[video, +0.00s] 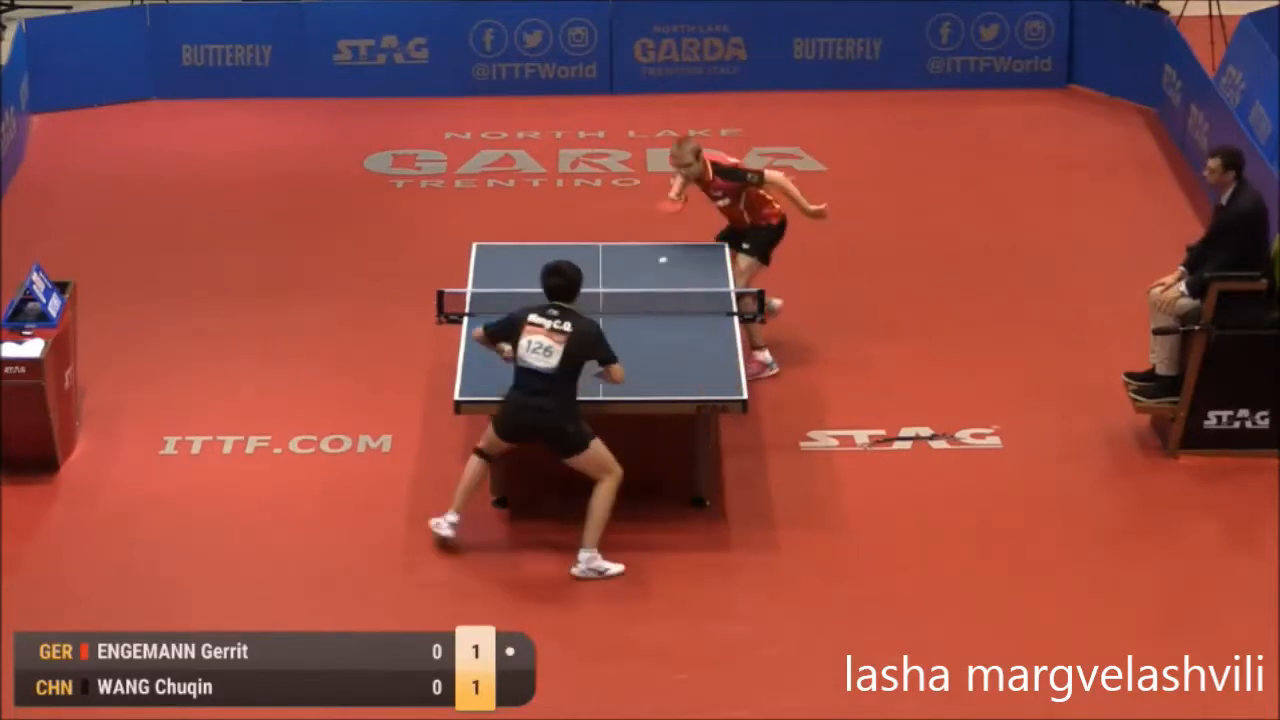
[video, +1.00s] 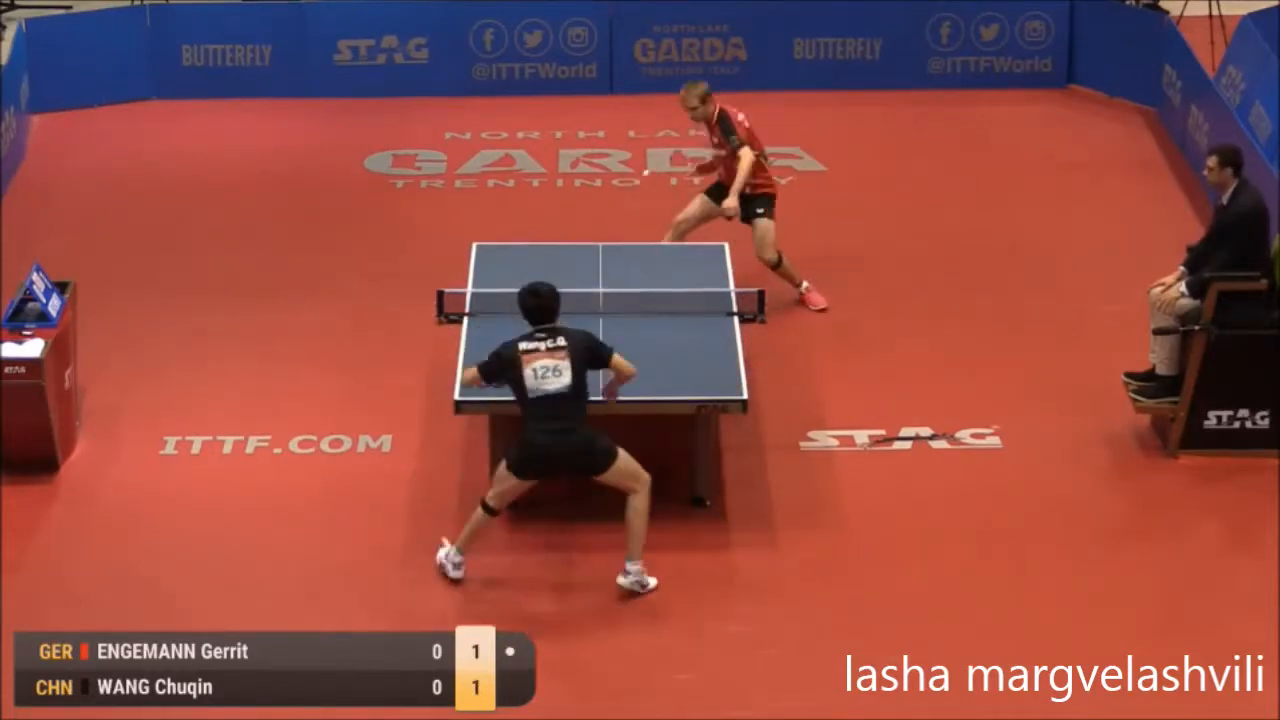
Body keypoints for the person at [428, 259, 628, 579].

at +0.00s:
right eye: (572, 287)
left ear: (545, 289)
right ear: (576, 291)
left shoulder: (525, 317)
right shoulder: (588, 329)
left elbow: (480, 335)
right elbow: (616, 376)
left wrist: (501, 349)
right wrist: (602, 368)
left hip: (515, 413)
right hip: (559, 420)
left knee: (483, 454)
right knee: (610, 474)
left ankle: (450, 520)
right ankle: (588, 556)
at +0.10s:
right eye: (555, 297)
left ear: (525, 299)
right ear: (556, 302)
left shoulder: (504, 323)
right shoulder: (564, 339)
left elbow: (465, 334)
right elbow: (597, 381)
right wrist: (594, 370)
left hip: (490, 423)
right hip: (532, 429)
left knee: (454, 463)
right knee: (592, 474)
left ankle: (408, 510)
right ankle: (586, 557)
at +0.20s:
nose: (531, 319)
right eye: (532, 316)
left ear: (500, 313)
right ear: (529, 321)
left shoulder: (476, 331)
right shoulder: (530, 354)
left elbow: (448, 335)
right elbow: (565, 386)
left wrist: (447, 329)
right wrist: (558, 379)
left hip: (447, 429)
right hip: (488, 438)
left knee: (425, 465)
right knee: (556, 474)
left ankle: (388, 521)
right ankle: (580, 557)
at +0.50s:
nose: (495, 320)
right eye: (495, 317)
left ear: (465, 314)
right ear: (493, 322)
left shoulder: (443, 331)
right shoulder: (497, 348)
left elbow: (420, 327)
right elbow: (530, 366)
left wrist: (442, 324)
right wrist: (524, 343)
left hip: (422, 427)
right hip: (459, 435)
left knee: (416, 460)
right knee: (527, 485)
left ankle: (388, 521)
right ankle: (572, 558)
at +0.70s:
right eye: (498, 281)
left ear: (466, 285)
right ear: (499, 285)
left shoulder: (453, 320)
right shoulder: (511, 317)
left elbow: (422, 342)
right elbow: (552, 353)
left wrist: (410, 350)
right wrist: (550, 338)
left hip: (464, 416)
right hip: (505, 417)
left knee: (436, 466)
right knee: (570, 470)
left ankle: (405, 523)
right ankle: (589, 557)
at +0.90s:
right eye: (531, 305)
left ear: (502, 312)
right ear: (534, 309)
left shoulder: (486, 347)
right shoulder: (554, 343)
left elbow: (444, 375)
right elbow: (605, 368)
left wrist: (456, 358)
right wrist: (581, 357)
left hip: (501, 445)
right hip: (544, 444)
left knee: (480, 487)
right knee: (598, 495)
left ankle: (450, 554)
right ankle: (621, 573)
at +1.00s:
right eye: (551, 307)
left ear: (525, 314)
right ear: (557, 310)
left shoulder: (510, 352)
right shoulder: (579, 341)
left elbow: (468, 378)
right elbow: (627, 371)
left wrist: (485, 377)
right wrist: (612, 387)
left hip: (534, 446)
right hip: (580, 442)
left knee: (494, 500)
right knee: (640, 484)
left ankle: (454, 556)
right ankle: (634, 570)